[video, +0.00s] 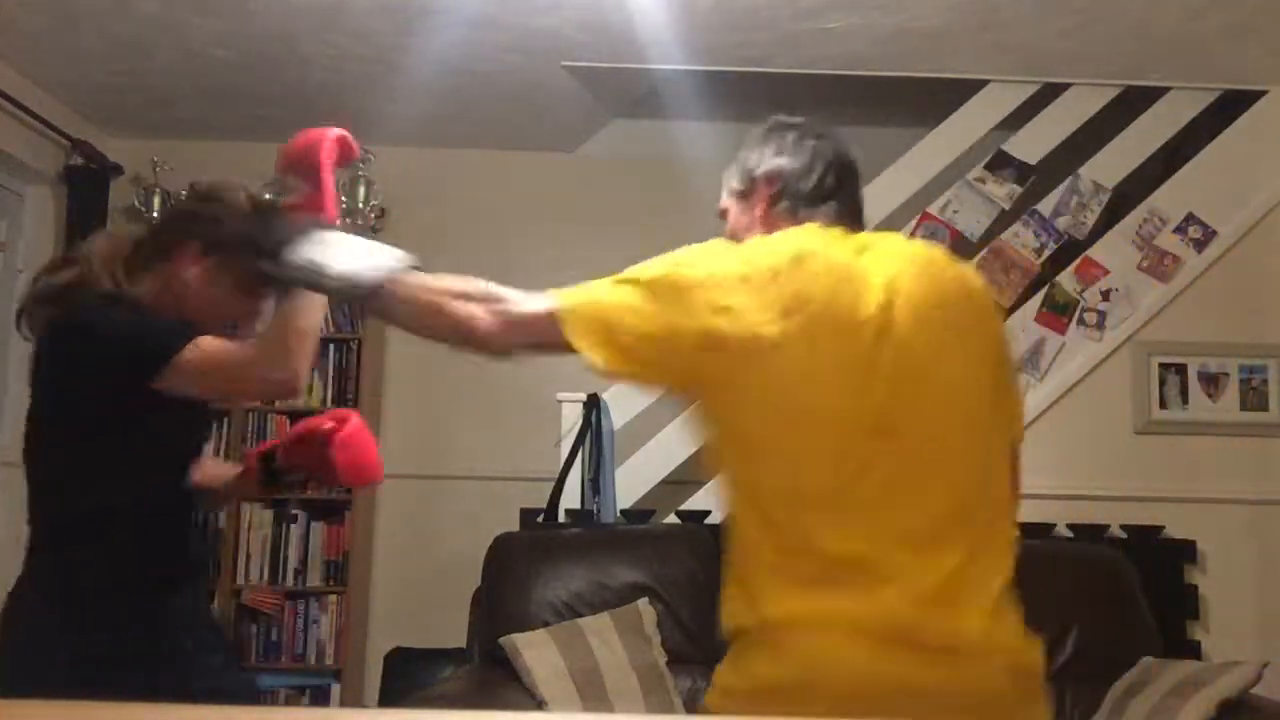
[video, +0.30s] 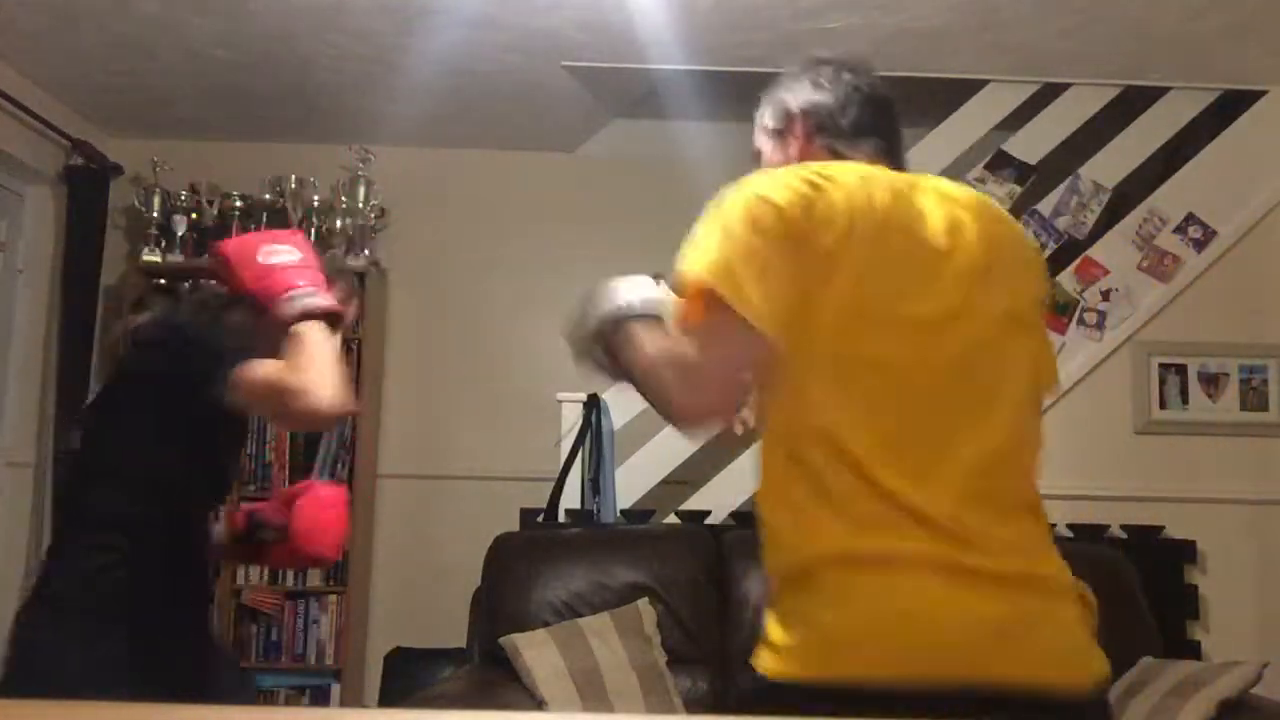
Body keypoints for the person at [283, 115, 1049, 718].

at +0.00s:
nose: (724, 233)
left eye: (726, 215)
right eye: (725, 217)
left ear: (765, 199)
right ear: (850, 205)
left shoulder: (728, 281)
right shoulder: (971, 292)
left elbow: (496, 320)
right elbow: (1002, 494)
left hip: (798, 679)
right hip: (987, 681)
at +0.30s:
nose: (758, 170)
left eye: (760, 152)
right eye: (758, 154)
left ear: (795, 135)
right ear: (883, 141)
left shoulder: (774, 207)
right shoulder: (1002, 229)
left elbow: (697, 397)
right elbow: (1034, 394)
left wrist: (625, 323)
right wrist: (786, 390)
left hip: (845, 656)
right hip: (1042, 654)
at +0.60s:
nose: (729, 172)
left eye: (732, 155)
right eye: (729, 159)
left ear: (762, 147)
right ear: (864, 153)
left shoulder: (716, 225)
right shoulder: (971, 229)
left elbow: (495, 295)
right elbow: (1027, 377)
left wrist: (439, 258)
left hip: (815, 661)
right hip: (1021, 663)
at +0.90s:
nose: (410, 180)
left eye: (415, 144)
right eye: (408, 147)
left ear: (463, 134)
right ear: (474, 135)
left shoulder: (570, 226)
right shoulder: (605, 215)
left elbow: (539, 521)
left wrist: (411, 373)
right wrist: (425, 323)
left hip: (767, 686)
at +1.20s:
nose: (303, 184)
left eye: (301, 147)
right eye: (293, 152)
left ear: (370, 127)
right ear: (370, 129)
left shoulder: (570, 233)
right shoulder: (443, 286)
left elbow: (573, 531)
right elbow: (500, 516)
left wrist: (393, 351)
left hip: (703, 684)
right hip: (578, 678)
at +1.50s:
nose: (408, 169)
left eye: (410, 133)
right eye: (406, 138)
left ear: (447, 114)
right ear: (529, 106)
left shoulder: (529, 207)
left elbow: (543, 498)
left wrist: (412, 366)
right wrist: (452, 365)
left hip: (695, 680)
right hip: (815, 653)